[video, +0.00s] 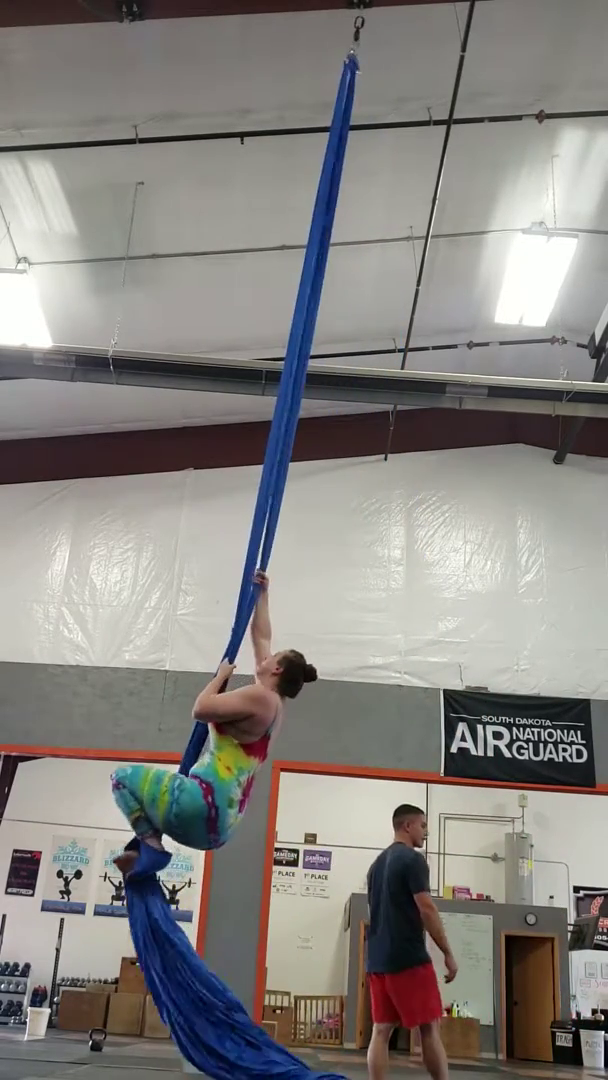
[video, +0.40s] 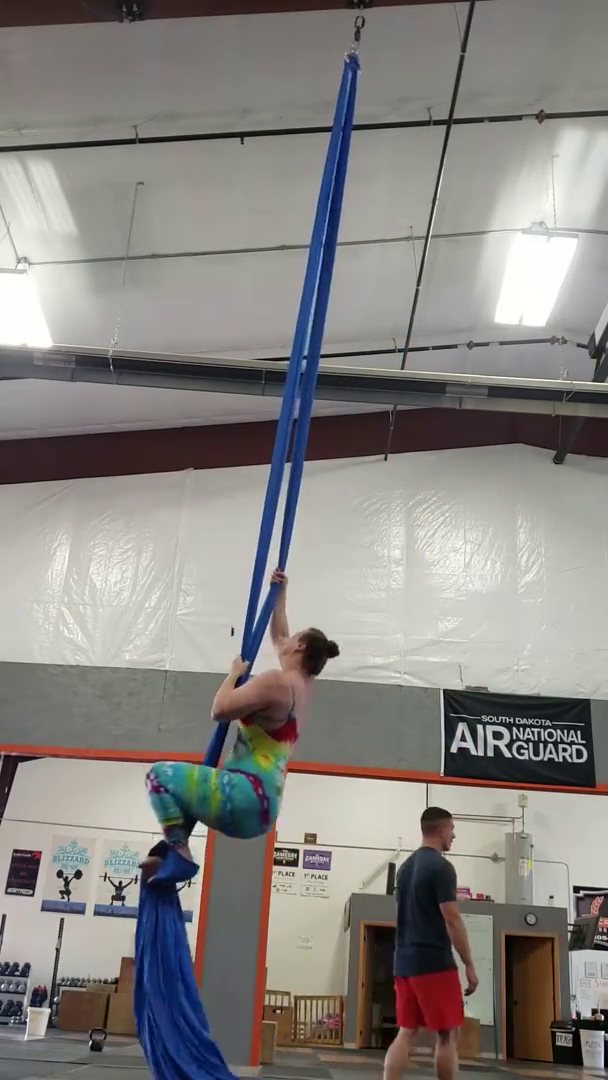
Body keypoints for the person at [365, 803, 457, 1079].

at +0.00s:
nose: (425, 831)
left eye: (425, 826)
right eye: (422, 825)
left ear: (401, 827)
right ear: (406, 826)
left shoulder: (377, 863)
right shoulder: (412, 859)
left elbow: (377, 914)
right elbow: (427, 909)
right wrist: (447, 952)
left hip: (378, 960)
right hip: (408, 959)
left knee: (380, 1032)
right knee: (429, 1029)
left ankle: (377, 1077)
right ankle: (442, 1076)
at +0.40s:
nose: (453, 836)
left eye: (453, 830)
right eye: (451, 830)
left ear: (426, 831)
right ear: (441, 831)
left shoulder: (406, 866)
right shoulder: (441, 866)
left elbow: (406, 918)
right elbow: (452, 919)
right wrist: (469, 964)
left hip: (403, 963)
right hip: (434, 964)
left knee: (406, 1032)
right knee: (448, 1035)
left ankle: (388, 1077)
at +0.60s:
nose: (461, 838)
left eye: (461, 833)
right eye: (461, 833)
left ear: (434, 832)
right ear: (456, 834)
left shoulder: (414, 866)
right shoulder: (452, 868)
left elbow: (416, 918)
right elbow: (464, 920)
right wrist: (478, 967)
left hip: (414, 960)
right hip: (443, 961)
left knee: (421, 1030)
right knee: (454, 1033)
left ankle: (396, 1076)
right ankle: (451, 1077)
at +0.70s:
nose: (461, 838)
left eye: (461, 833)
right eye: (461, 833)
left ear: (434, 832)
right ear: (455, 833)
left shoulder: (416, 866)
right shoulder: (452, 867)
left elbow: (416, 916)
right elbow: (467, 920)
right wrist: (484, 965)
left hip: (416, 960)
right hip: (443, 960)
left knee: (424, 1030)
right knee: (455, 1032)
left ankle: (396, 1076)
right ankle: (450, 1077)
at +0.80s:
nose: (461, 836)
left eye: (460, 831)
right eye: (459, 831)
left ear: (434, 832)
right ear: (449, 833)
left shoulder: (416, 867)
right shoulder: (447, 868)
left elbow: (422, 916)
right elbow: (464, 921)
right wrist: (487, 961)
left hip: (416, 962)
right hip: (441, 963)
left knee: (422, 1033)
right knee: (452, 1035)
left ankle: (402, 1077)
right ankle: (449, 1078)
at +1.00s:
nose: (452, 838)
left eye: (451, 832)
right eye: (448, 832)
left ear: (429, 835)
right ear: (434, 834)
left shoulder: (414, 867)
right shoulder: (429, 869)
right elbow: (442, 922)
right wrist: (472, 956)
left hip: (410, 964)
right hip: (429, 964)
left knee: (415, 1034)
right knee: (446, 1034)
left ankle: (398, 1077)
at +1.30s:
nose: (439, 844)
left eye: (439, 838)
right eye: (435, 838)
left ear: (418, 840)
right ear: (418, 838)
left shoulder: (411, 869)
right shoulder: (403, 870)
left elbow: (406, 919)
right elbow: (395, 918)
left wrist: (412, 963)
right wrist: (397, 964)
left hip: (410, 965)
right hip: (406, 966)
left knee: (404, 1035)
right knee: (417, 1034)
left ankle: (395, 1076)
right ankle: (421, 1077)